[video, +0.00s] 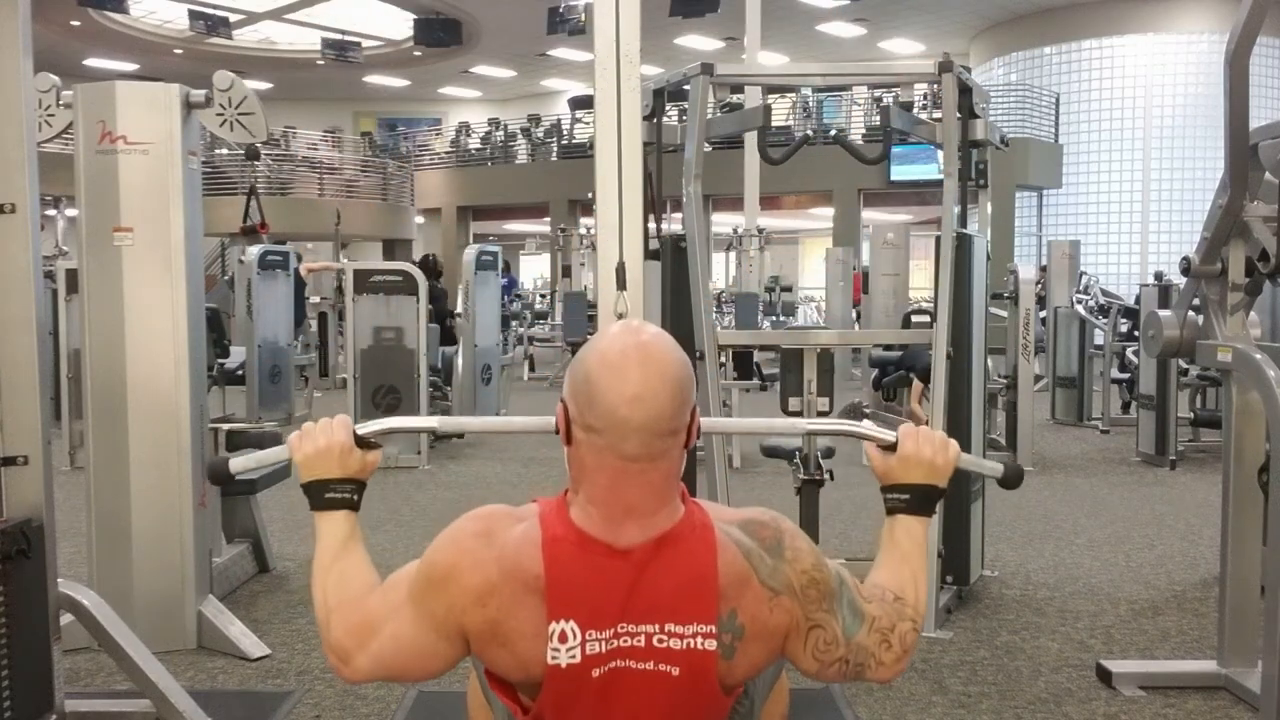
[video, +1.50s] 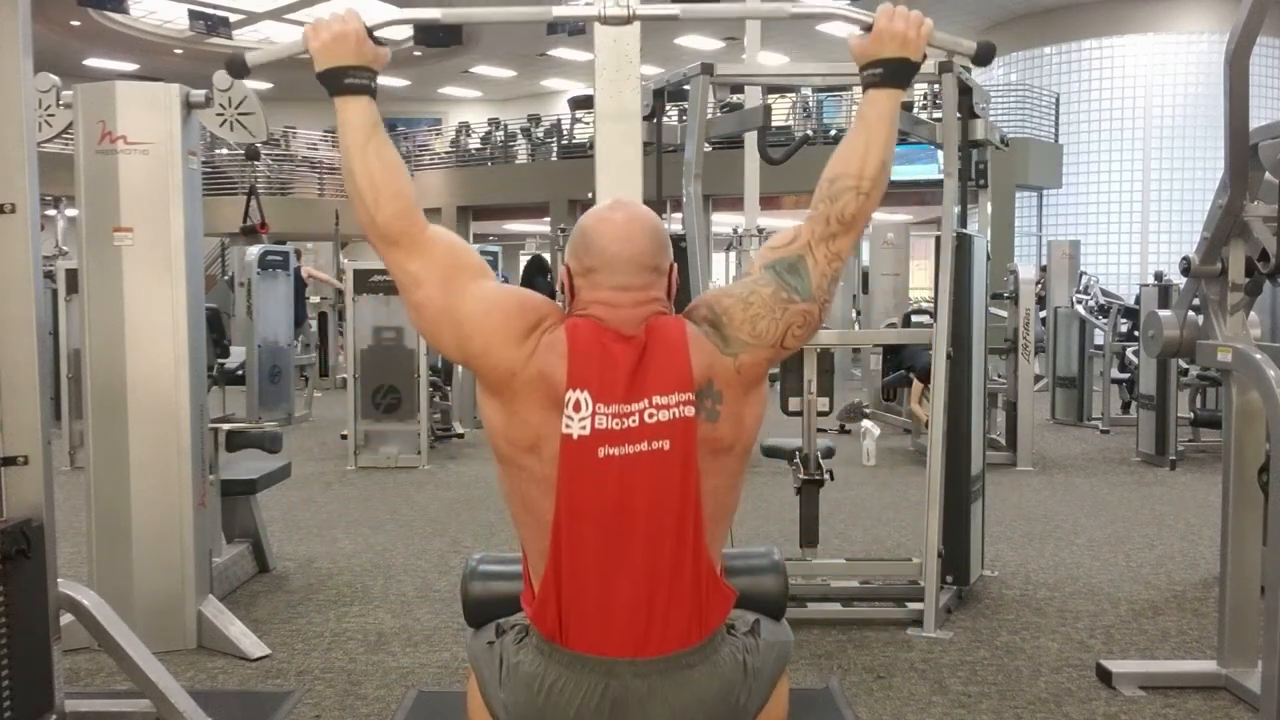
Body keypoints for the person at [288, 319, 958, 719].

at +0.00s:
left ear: (565, 424)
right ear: (691, 430)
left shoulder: (485, 553)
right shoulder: (763, 558)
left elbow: (356, 646)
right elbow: (880, 649)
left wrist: (331, 497)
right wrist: (913, 502)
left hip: (532, 710)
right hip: (701, 713)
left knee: (485, 659)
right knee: (770, 654)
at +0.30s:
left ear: (563, 393)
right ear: (689, 398)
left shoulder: (486, 519)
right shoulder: (757, 526)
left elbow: (349, 588)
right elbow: (889, 592)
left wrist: (333, 437)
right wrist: (913, 445)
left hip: (532, 709)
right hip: (706, 708)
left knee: (484, 653)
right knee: (771, 638)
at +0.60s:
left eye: (564, 353)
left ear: (561, 375)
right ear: (682, 377)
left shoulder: (488, 482)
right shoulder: (748, 486)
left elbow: (337, 493)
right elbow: (898, 479)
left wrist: (330, 345)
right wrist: (912, 337)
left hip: (545, 701)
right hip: (706, 699)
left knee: (472, 666)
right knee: (774, 646)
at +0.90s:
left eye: (560, 313)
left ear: (562, 337)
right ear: (676, 337)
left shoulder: (491, 429)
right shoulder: (748, 428)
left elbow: (345, 392)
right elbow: (891, 367)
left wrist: (330, 242)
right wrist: (908, 220)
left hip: (552, 695)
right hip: (710, 692)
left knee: (491, 645)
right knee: (766, 637)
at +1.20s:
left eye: (566, 281)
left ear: (566, 302)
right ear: (672, 302)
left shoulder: (504, 375)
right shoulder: (741, 377)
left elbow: (366, 292)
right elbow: (862, 290)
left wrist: (344, 148)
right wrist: (896, 140)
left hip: (554, 692)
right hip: (702, 690)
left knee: (489, 660)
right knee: (768, 651)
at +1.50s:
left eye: (570, 264)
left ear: (568, 282)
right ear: (671, 282)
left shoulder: (512, 343)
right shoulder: (731, 347)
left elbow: (398, 230)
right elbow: (834, 224)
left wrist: (347, 80)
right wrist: (888, 78)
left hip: (555, 683)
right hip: (696, 684)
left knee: (487, 670)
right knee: (770, 646)